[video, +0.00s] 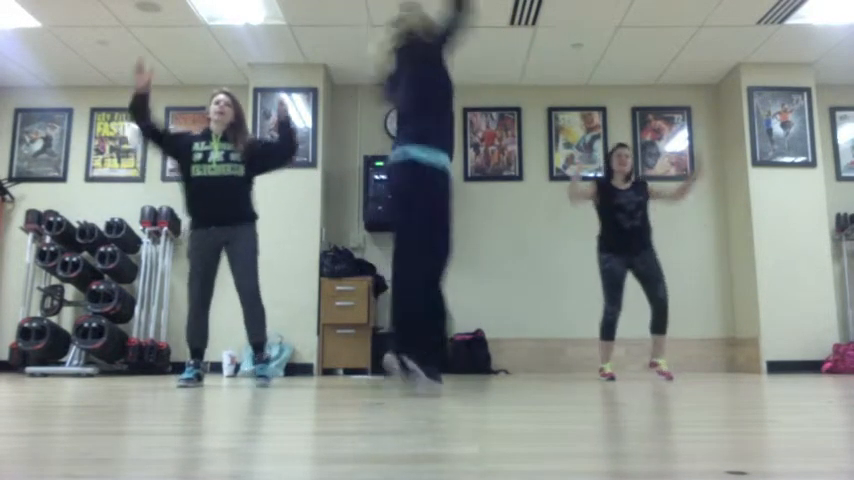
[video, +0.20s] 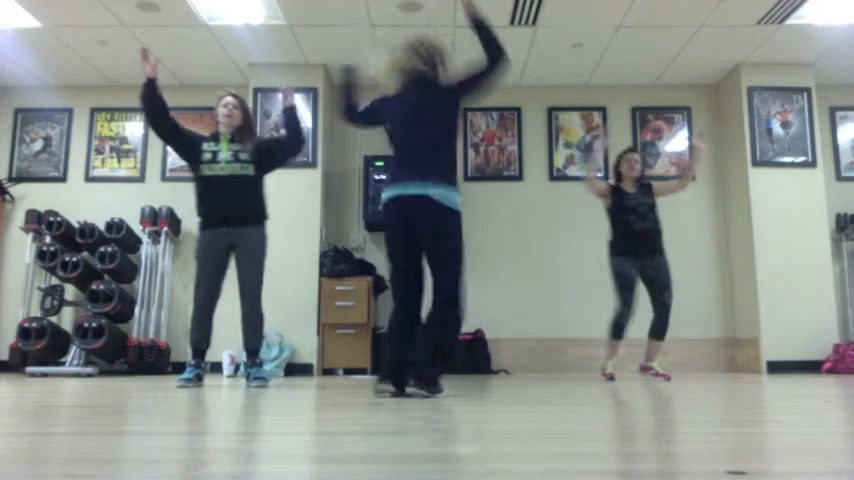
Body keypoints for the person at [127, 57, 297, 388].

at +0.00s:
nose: (220, 107)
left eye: (226, 104)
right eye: (216, 103)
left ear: (235, 114)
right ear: (207, 111)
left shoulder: (247, 148)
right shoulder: (187, 144)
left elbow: (284, 152)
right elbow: (147, 128)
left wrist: (284, 125)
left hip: (240, 228)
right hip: (204, 229)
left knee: (249, 291)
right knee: (198, 298)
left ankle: (260, 358)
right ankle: (195, 363)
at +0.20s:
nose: (228, 110)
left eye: (234, 107)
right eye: (223, 106)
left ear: (244, 118)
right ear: (215, 115)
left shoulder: (257, 151)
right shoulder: (197, 147)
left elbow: (294, 143)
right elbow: (162, 122)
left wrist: (289, 108)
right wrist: (150, 82)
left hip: (250, 230)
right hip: (213, 231)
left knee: (251, 298)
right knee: (204, 298)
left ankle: (253, 364)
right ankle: (196, 364)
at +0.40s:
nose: (237, 112)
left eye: (243, 108)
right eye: (233, 108)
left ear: (253, 116)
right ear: (225, 115)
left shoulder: (270, 151)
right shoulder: (208, 147)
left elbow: (309, 151)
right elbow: (169, 126)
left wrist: (304, 118)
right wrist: (162, 85)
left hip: (261, 232)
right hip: (224, 232)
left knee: (258, 300)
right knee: (213, 300)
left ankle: (255, 365)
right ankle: (201, 364)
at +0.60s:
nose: (242, 112)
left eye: (248, 109)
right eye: (237, 108)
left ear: (258, 116)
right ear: (230, 114)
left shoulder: (275, 151)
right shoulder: (212, 145)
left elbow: (315, 145)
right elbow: (174, 124)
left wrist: (310, 110)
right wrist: (168, 84)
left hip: (262, 233)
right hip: (225, 232)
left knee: (258, 300)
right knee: (216, 299)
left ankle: (255, 365)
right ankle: (210, 364)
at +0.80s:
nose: (242, 113)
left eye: (248, 109)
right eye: (237, 108)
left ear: (258, 116)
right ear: (231, 114)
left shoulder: (274, 150)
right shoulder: (212, 144)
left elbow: (314, 146)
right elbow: (173, 123)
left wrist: (309, 111)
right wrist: (168, 84)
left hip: (259, 233)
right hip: (222, 233)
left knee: (256, 301)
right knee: (215, 299)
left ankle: (254, 365)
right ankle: (210, 364)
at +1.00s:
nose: (241, 111)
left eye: (247, 107)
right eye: (237, 107)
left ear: (258, 116)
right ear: (230, 113)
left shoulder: (272, 150)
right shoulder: (210, 145)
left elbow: (311, 147)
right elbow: (171, 124)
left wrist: (307, 113)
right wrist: (167, 84)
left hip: (256, 233)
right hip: (219, 232)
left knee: (254, 300)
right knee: (213, 299)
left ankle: (254, 365)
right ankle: (210, 364)